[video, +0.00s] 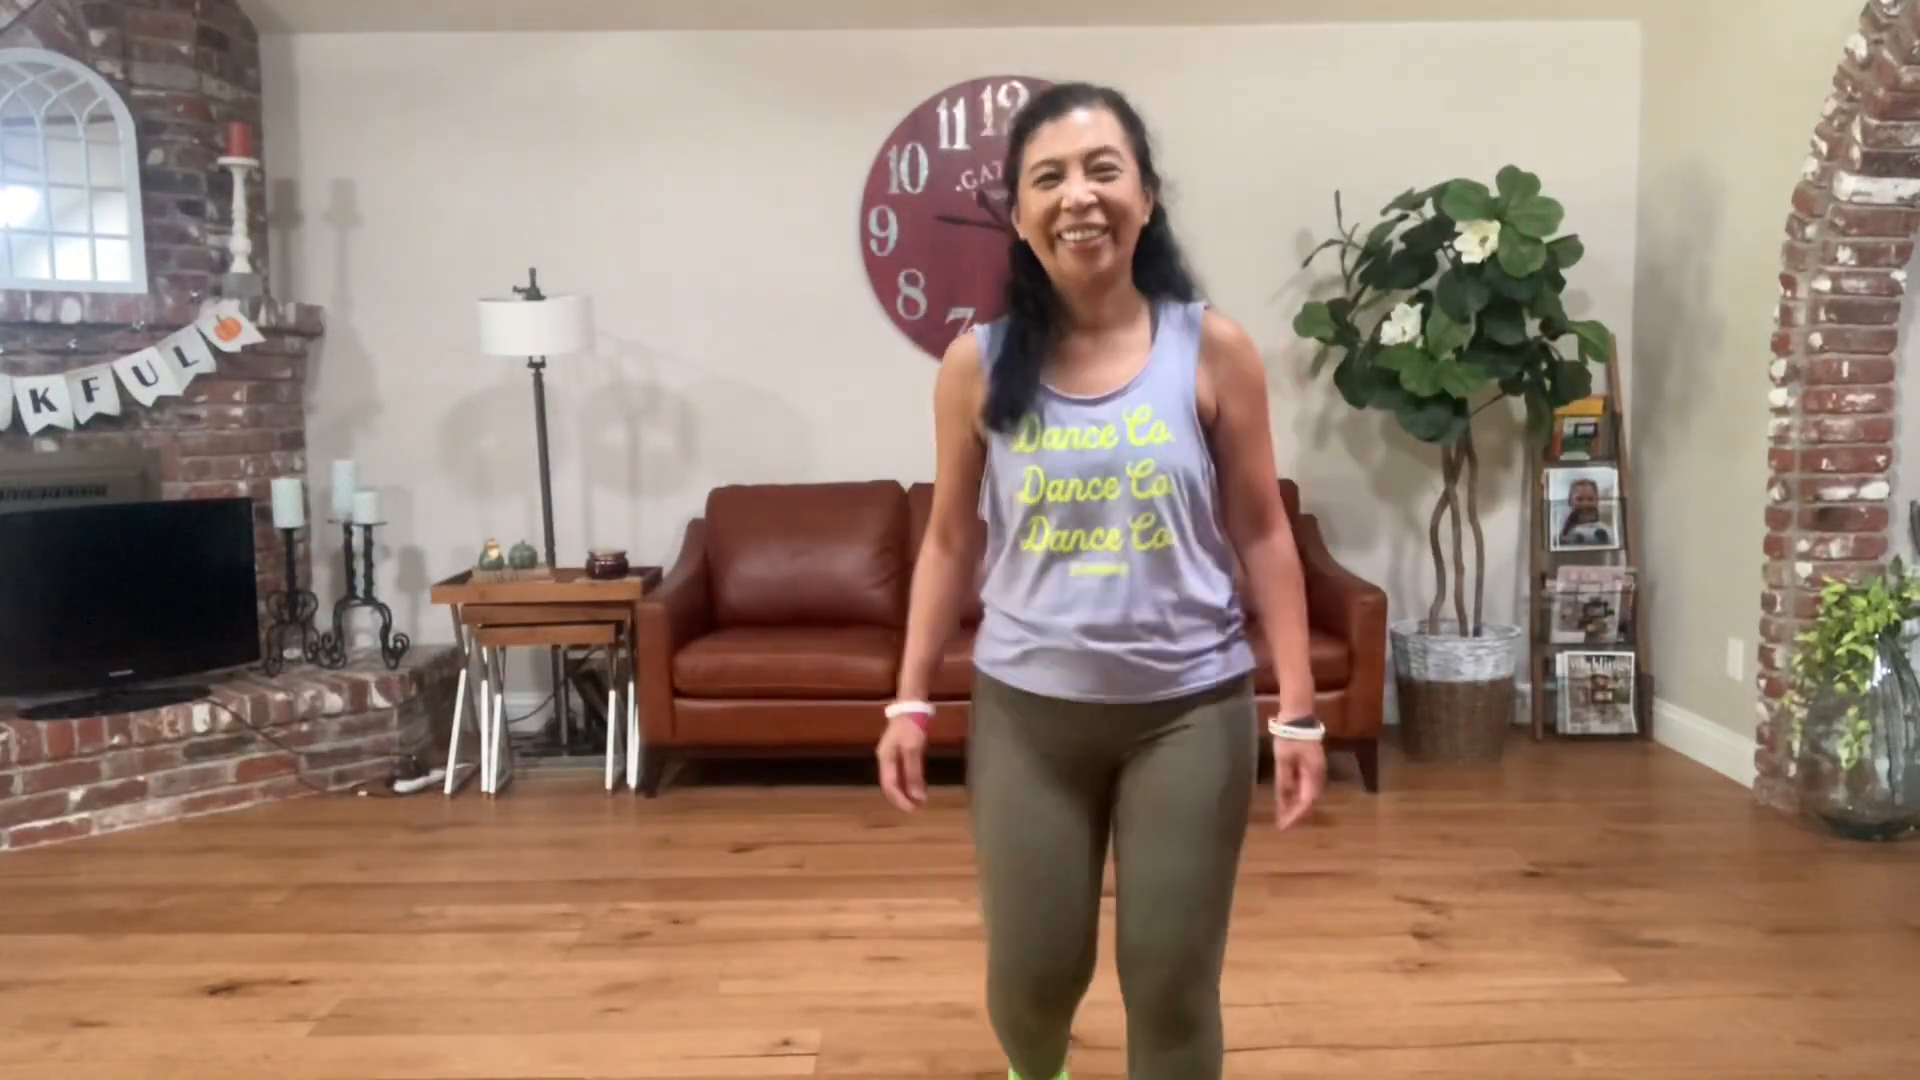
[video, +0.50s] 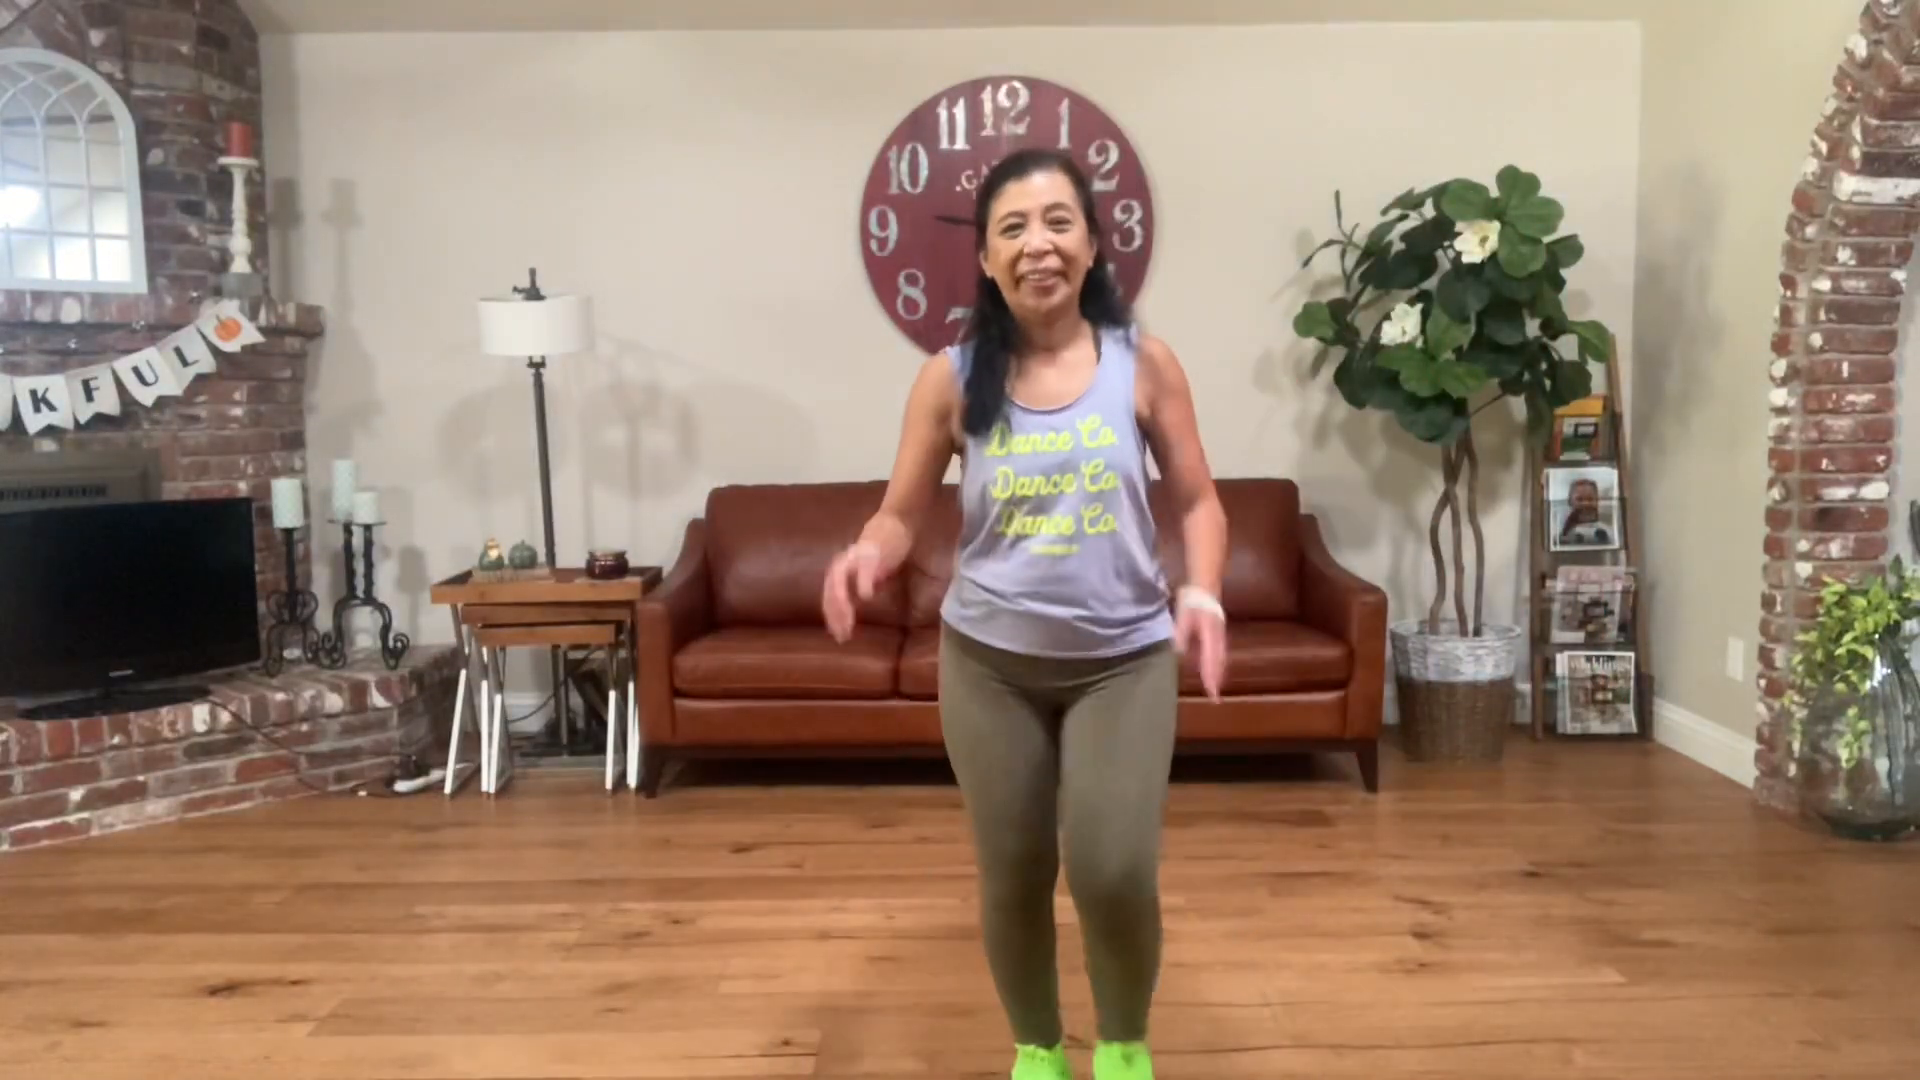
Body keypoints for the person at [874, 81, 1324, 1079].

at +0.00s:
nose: (1078, 195)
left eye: (1104, 169)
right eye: (1049, 176)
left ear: (1147, 196)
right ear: (1017, 213)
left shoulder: (1216, 351)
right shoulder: (978, 367)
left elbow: (1261, 531)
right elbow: (950, 540)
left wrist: (1297, 702)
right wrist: (910, 695)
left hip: (1192, 711)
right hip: (1025, 714)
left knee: (1171, 994)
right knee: (1033, 983)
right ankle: (1036, 1074)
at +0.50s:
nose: (1039, 244)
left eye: (1059, 222)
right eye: (1014, 228)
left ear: (1092, 244)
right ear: (986, 259)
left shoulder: (1144, 366)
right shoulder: (951, 378)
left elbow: (1198, 503)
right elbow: (899, 515)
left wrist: (1201, 591)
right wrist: (871, 548)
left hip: (1125, 661)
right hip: (988, 662)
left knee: (1113, 870)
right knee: (1013, 871)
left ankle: (1123, 1048)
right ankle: (1036, 1053)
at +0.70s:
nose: (1037, 257)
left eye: (1057, 233)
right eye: (1014, 239)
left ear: (1093, 246)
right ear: (992, 259)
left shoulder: (1143, 358)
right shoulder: (961, 371)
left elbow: (1173, 498)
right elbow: (940, 533)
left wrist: (1111, 493)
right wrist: (936, 502)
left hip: (1119, 651)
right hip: (990, 649)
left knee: (1098, 855)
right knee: (1017, 857)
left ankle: (1103, 988)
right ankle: (1037, 1044)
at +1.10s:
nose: (1014, 257)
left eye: (1032, 237)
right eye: (994, 242)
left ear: (1066, 257)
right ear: (971, 266)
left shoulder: (1116, 369)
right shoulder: (949, 375)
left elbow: (1179, 475)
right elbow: (931, 478)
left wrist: (1122, 565)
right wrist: (924, 548)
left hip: (1096, 622)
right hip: (978, 617)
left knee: (1091, 810)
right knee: (944, 794)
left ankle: (1099, 985)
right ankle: (946, 932)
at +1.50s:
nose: (930, 283)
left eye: (948, 267)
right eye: (913, 268)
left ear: (972, 285)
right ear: (888, 285)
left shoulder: (1005, 390)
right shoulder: (855, 380)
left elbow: (1044, 500)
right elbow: (815, 481)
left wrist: (1015, 532)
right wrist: (786, 501)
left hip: (985, 619)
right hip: (876, 617)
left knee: (1025, 794)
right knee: (869, 785)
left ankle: (1086, 975)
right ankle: (871, 914)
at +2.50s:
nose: (1032, 279)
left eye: (1047, 264)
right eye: (1013, 267)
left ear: (1071, 281)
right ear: (990, 289)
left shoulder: (1103, 370)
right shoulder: (965, 379)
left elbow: (1131, 454)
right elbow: (933, 476)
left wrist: (1157, 486)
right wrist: (924, 509)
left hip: (1092, 599)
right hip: (987, 597)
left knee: (1114, 755)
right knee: (938, 753)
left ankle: (1140, 900)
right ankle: (878, 908)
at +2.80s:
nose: (1076, 289)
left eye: (1092, 273)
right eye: (1061, 278)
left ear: (1123, 287)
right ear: (1045, 296)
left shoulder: (1165, 377)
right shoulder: (1023, 381)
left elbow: (1196, 491)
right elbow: (1014, 497)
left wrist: (1175, 431)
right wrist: (1041, 437)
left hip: (1151, 591)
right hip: (1047, 592)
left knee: (1153, 749)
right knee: (1034, 741)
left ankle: (1144, 896)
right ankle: (1028, 867)